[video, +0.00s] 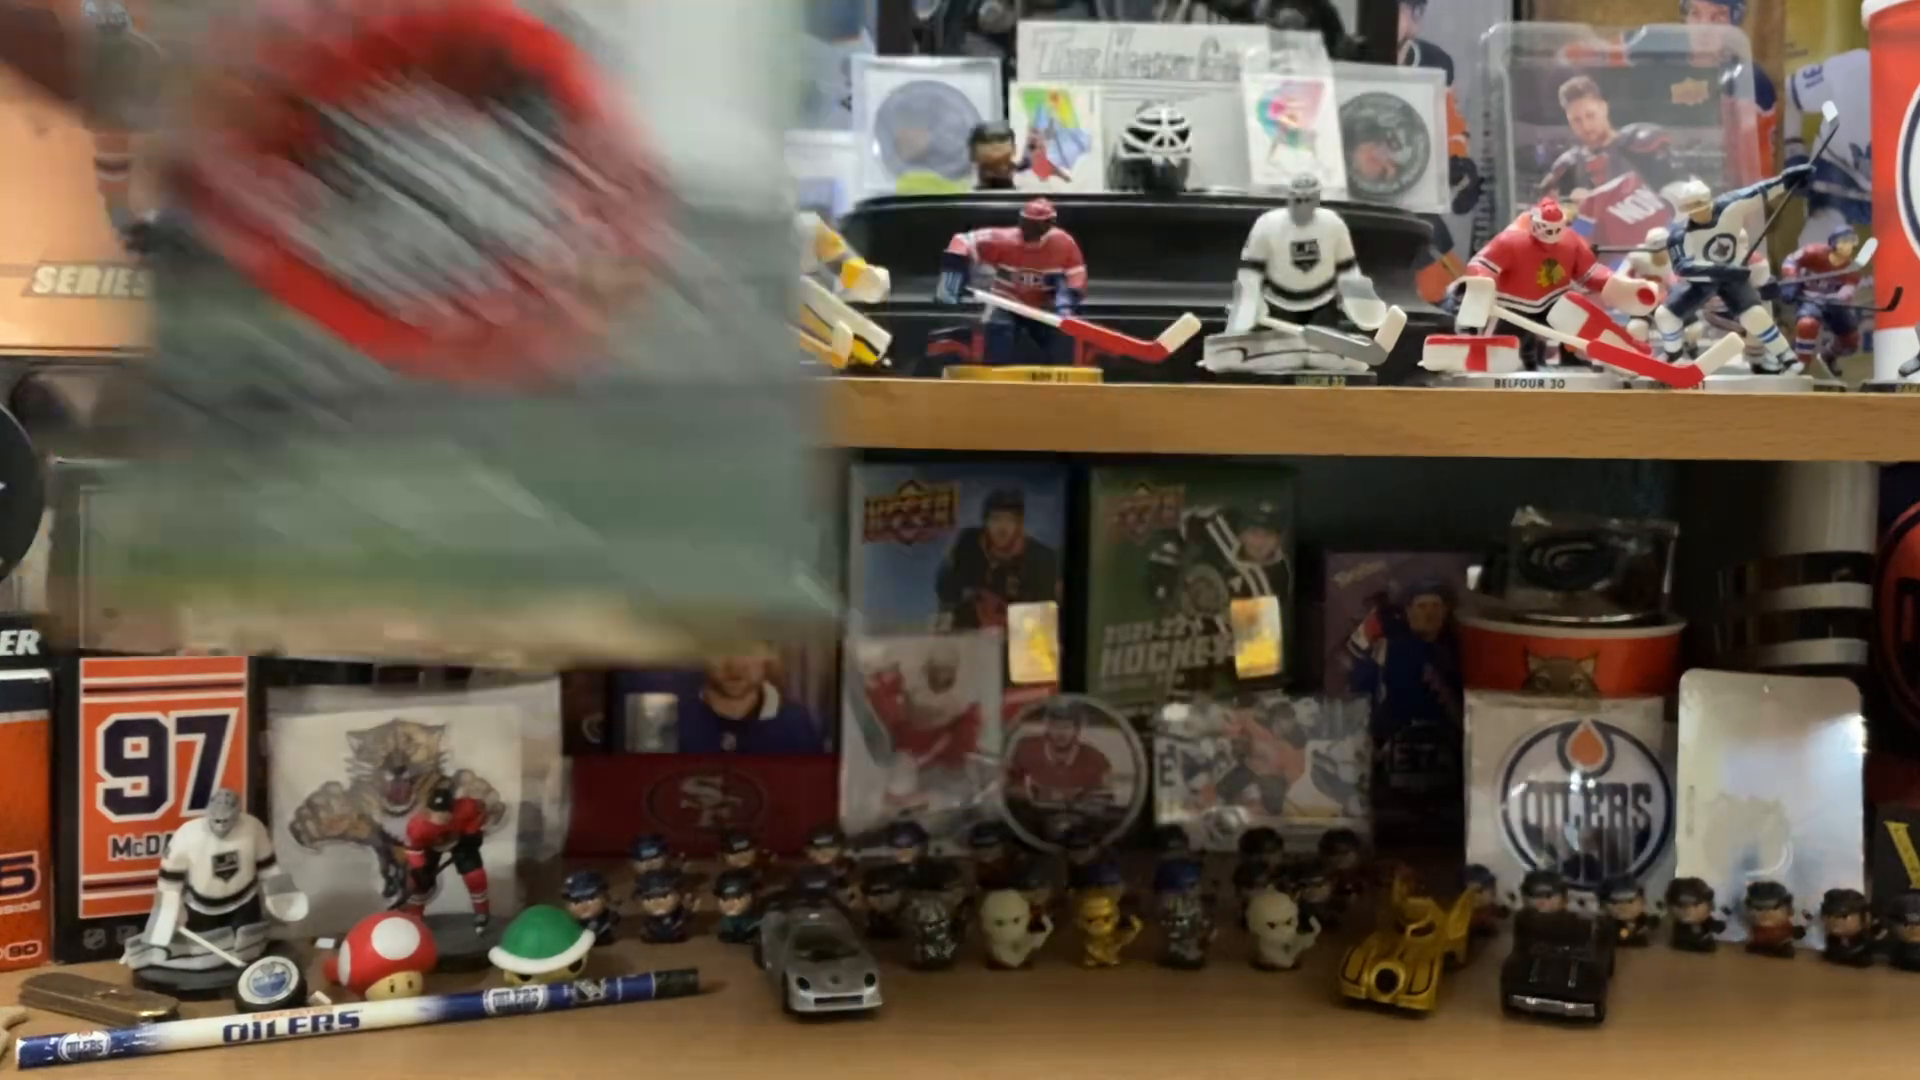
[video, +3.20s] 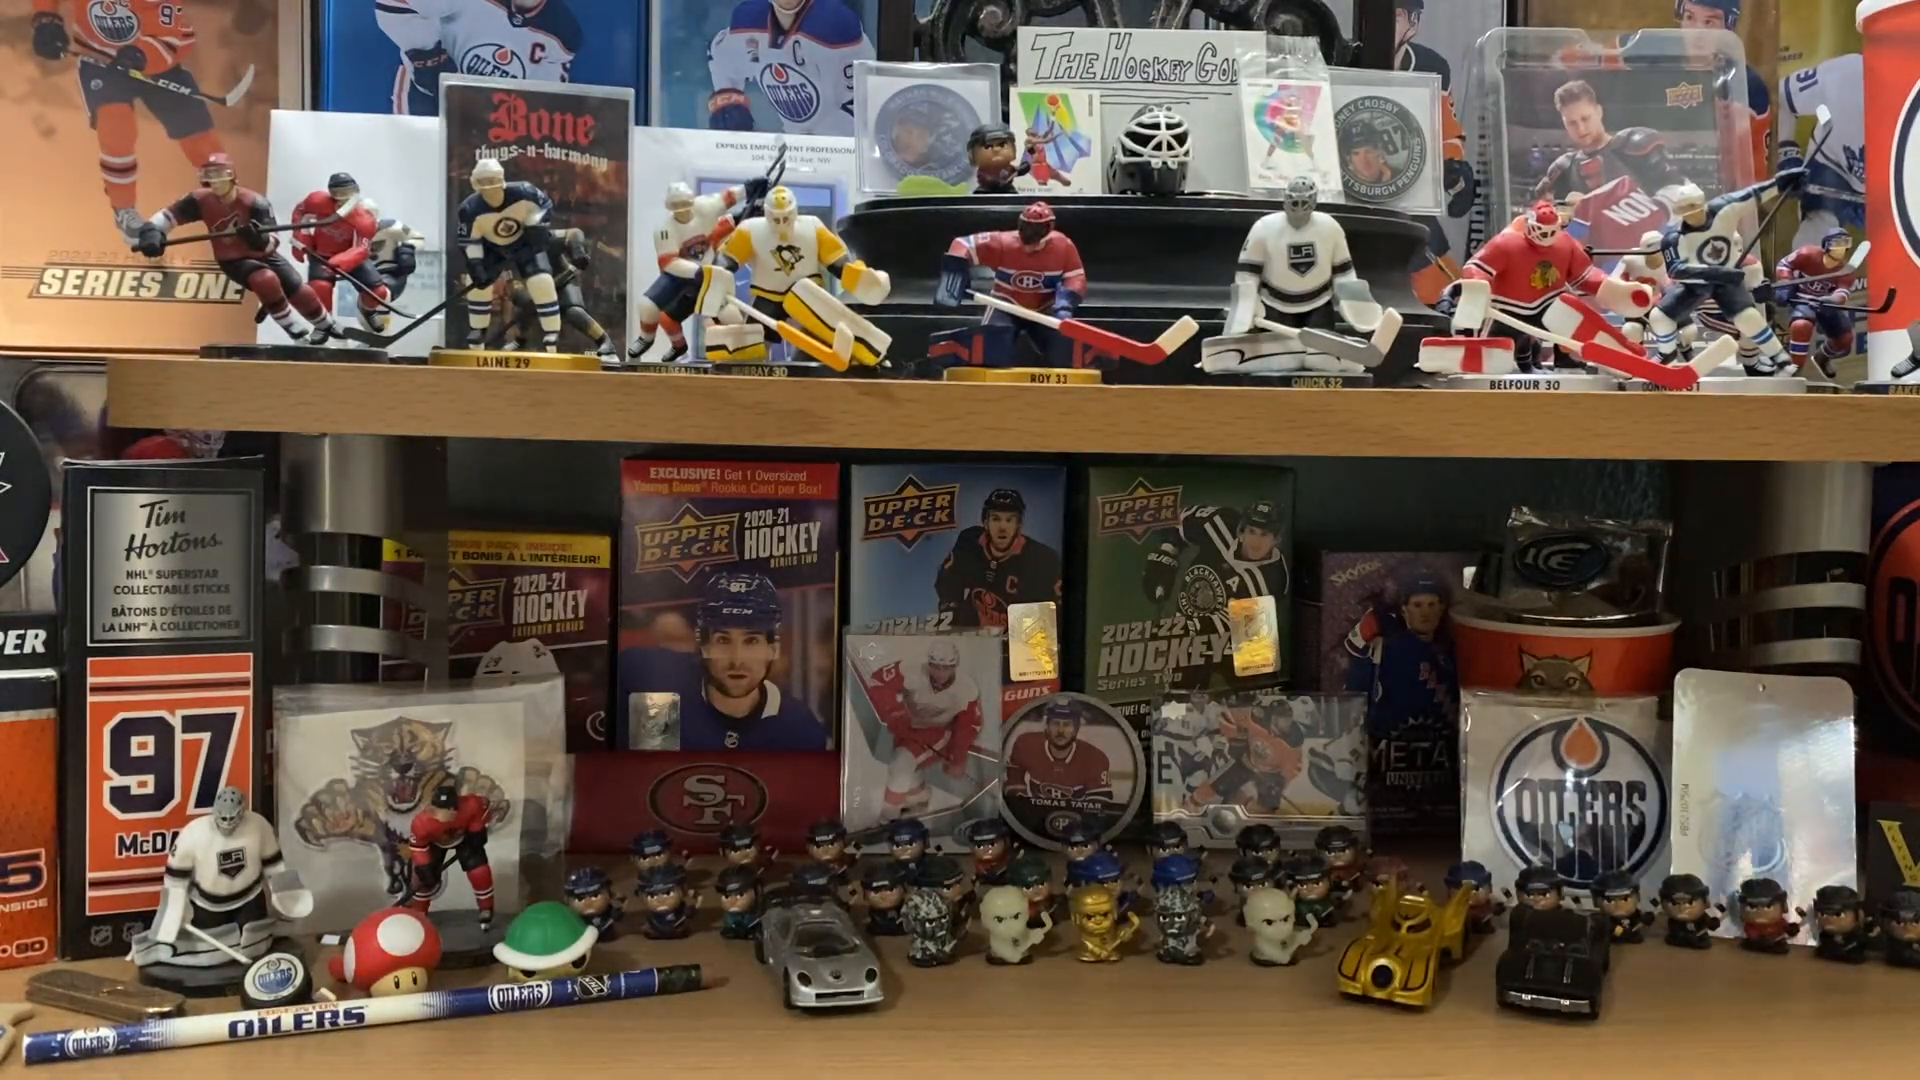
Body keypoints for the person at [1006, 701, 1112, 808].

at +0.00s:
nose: (1060, 733)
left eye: (1066, 727)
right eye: (1055, 726)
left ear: (1077, 729)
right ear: (1047, 727)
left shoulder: (1094, 758)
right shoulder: (1026, 749)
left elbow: (1105, 796)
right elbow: (1008, 786)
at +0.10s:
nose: (1061, 732)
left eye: (1067, 726)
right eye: (1055, 725)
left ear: (1077, 728)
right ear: (1047, 726)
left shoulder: (1095, 759)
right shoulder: (1026, 748)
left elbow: (1103, 799)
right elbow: (1008, 788)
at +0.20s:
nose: (1060, 731)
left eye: (1067, 726)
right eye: (1055, 725)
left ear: (1077, 728)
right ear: (1048, 726)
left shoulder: (1095, 758)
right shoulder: (1027, 746)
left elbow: (1099, 803)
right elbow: (1015, 792)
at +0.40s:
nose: (1060, 731)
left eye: (1066, 725)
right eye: (1055, 725)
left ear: (1077, 728)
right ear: (1048, 726)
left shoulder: (1094, 758)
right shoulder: (1026, 746)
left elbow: (1099, 802)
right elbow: (1014, 789)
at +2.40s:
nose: (1060, 730)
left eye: (1066, 725)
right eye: (1055, 724)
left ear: (1076, 728)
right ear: (1047, 726)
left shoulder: (1095, 758)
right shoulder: (1025, 744)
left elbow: (1099, 802)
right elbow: (1014, 787)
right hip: (1032, 815)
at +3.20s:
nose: (1060, 730)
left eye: (1066, 725)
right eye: (1055, 724)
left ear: (1076, 729)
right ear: (1047, 726)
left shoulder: (1095, 758)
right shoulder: (1025, 744)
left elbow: (1100, 798)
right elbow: (1014, 780)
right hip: (1033, 813)